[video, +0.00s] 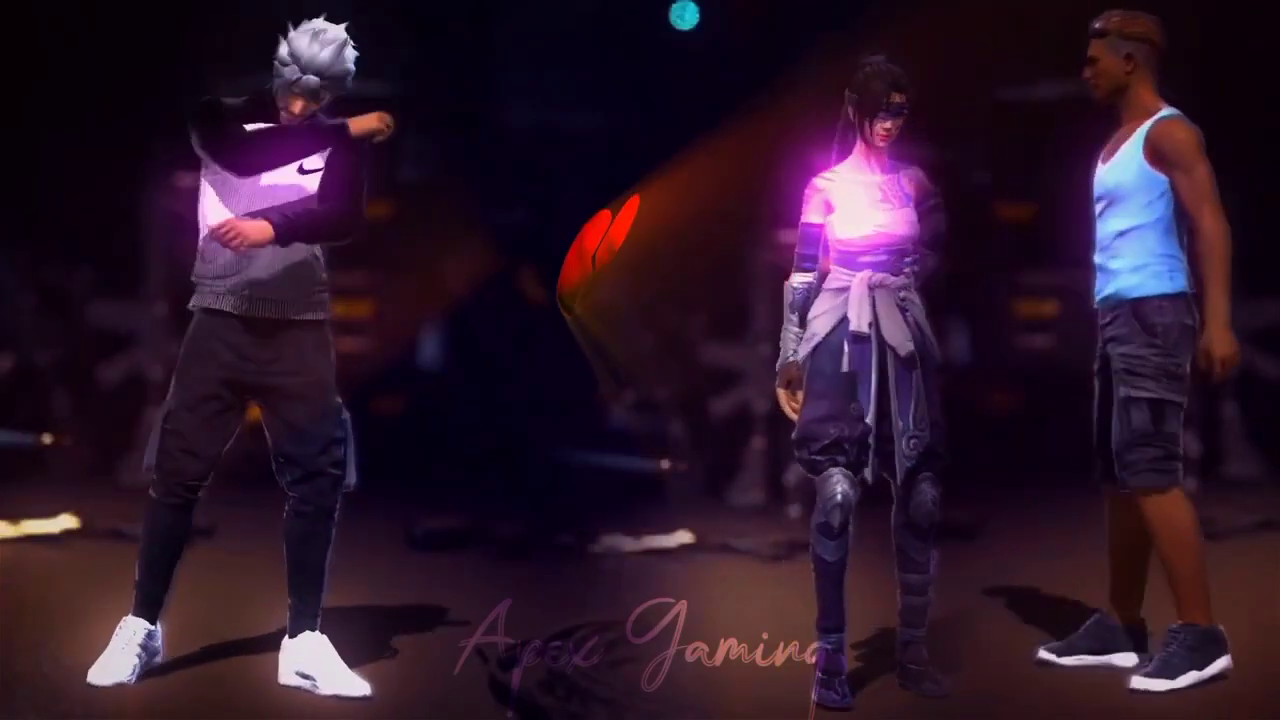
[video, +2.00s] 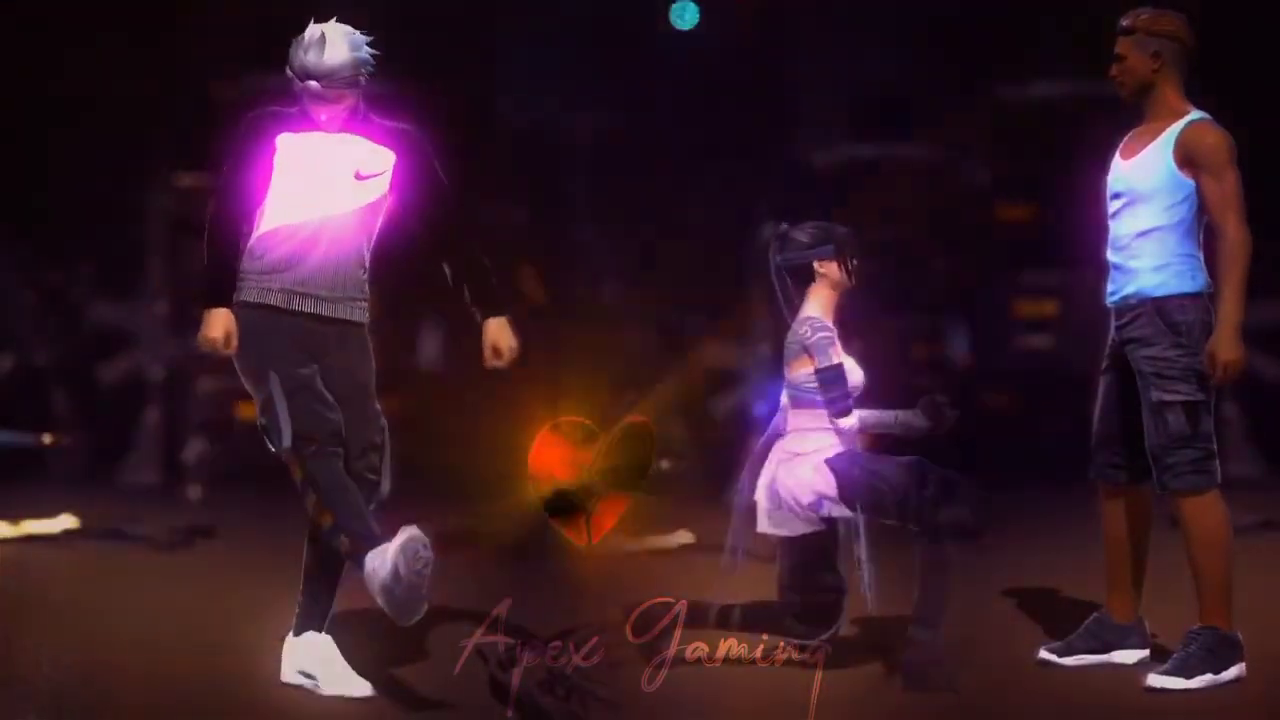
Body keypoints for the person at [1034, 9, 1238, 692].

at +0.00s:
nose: (1085, 70)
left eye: (1095, 59)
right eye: (1086, 60)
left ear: (1133, 61)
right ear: (1123, 64)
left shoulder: (1170, 131)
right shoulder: (1120, 139)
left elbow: (1211, 223)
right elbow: (1124, 240)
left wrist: (1217, 322)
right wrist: (1107, 327)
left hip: (1153, 319)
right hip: (1117, 321)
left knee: (1152, 474)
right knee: (1122, 475)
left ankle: (1199, 634)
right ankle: (1121, 625)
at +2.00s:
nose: (1113, 67)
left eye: (1123, 57)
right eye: (1114, 57)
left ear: (1159, 62)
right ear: (1141, 64)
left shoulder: (1200, 135)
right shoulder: (1132, 141)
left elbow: (1233, 232)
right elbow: (1133, 241)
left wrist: (1227, 327)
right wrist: (1117, 325)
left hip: (1173, 319)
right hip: (1125, 322)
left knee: (1190, 477)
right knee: (1117, 471)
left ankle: (1216, 636)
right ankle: (1121, 622)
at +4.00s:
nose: (1112, 68)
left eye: (1122, 58)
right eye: (1113, 58)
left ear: (1159, 62)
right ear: (1142, 64)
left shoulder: (1201, 135)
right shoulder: (1133, 140)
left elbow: (1233, 233)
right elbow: (1135, 240)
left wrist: (1227, 326)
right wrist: (1118, 322)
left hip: (1172, 319)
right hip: (1125, 322)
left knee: (1189, 477)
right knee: (1118, 473)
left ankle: (1216, 636)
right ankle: (1121, 624)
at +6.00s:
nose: (1113, 69)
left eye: (1122, 59)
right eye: (1113, 59)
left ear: (1160, 62)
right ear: (1142, 65)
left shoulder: (1200, 135)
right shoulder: (1133, 140)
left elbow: (1234, 232)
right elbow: (1135, 240)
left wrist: (1227, 327)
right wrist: (1117, 321)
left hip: (1172, 320)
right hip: (1125, 322)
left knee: (1190, 476)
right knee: (1117, 471)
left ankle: (1216, 637)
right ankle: (1120, 623)